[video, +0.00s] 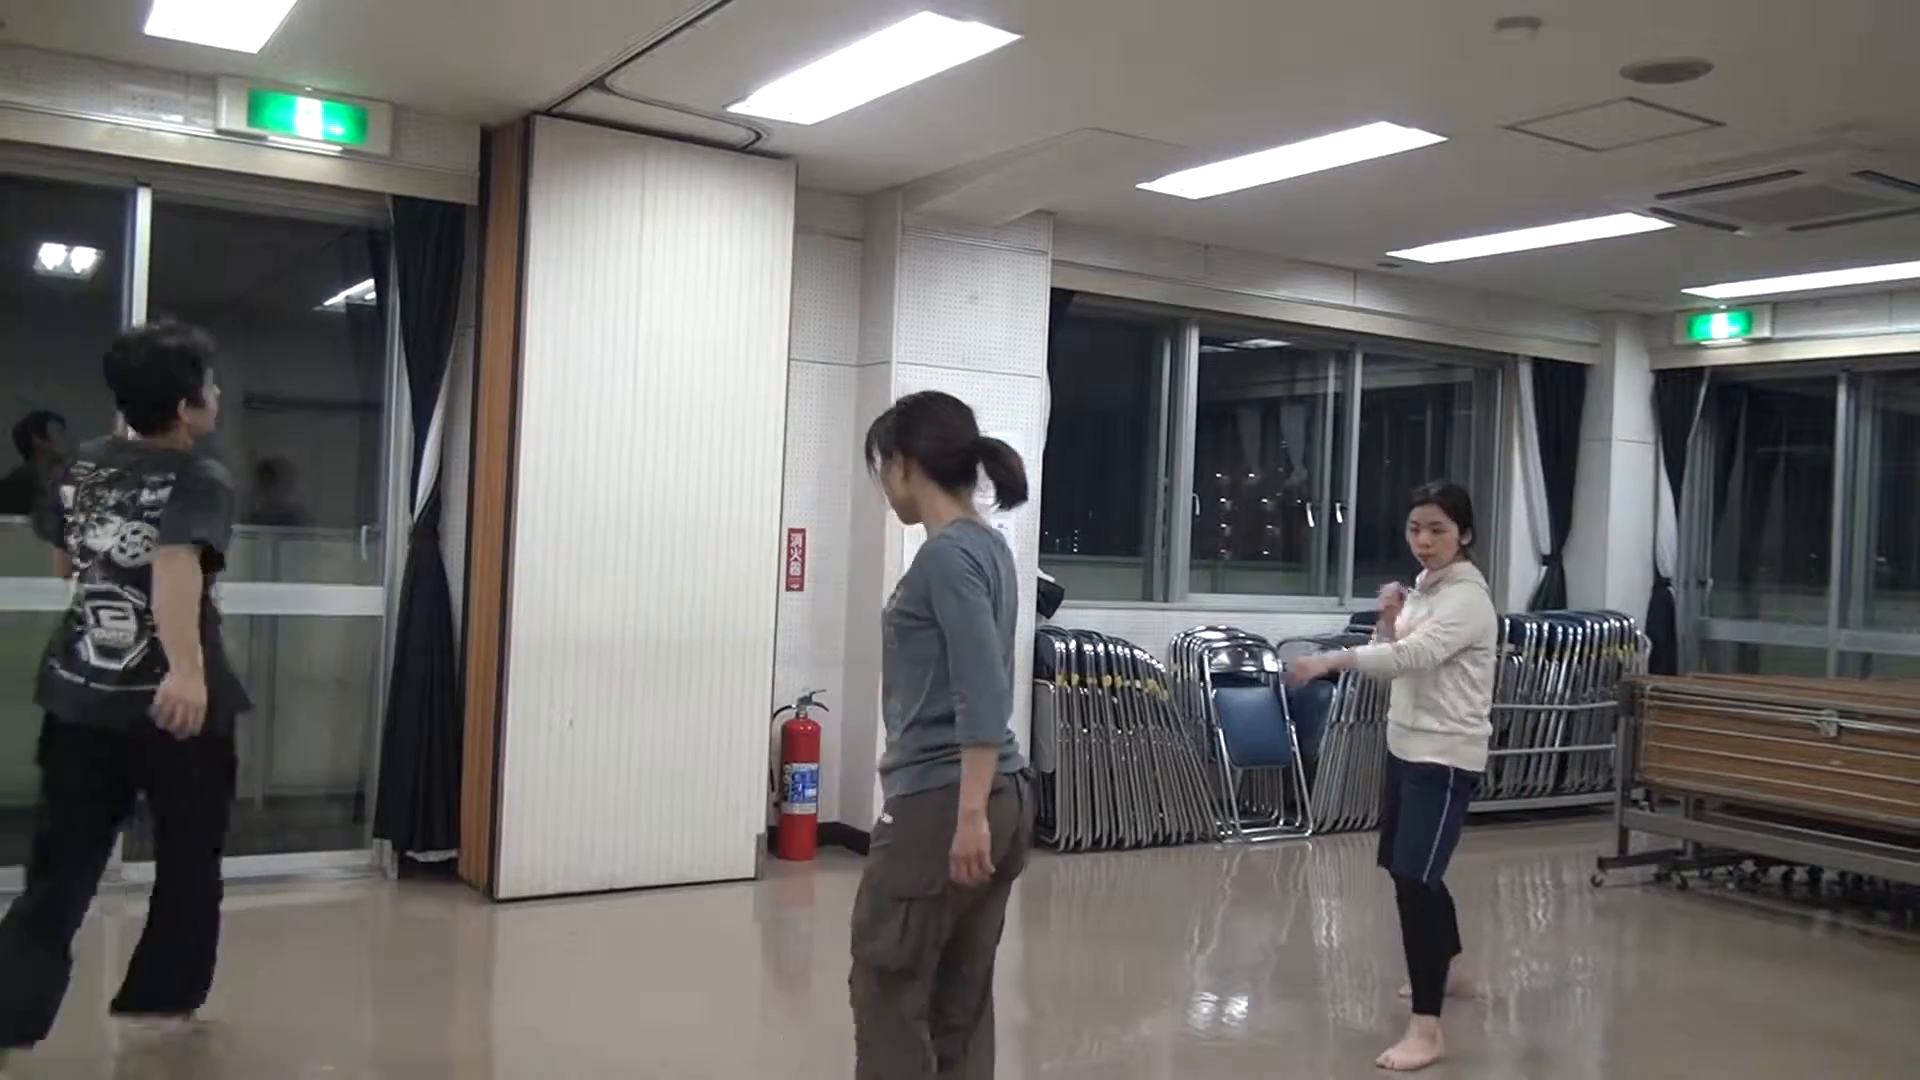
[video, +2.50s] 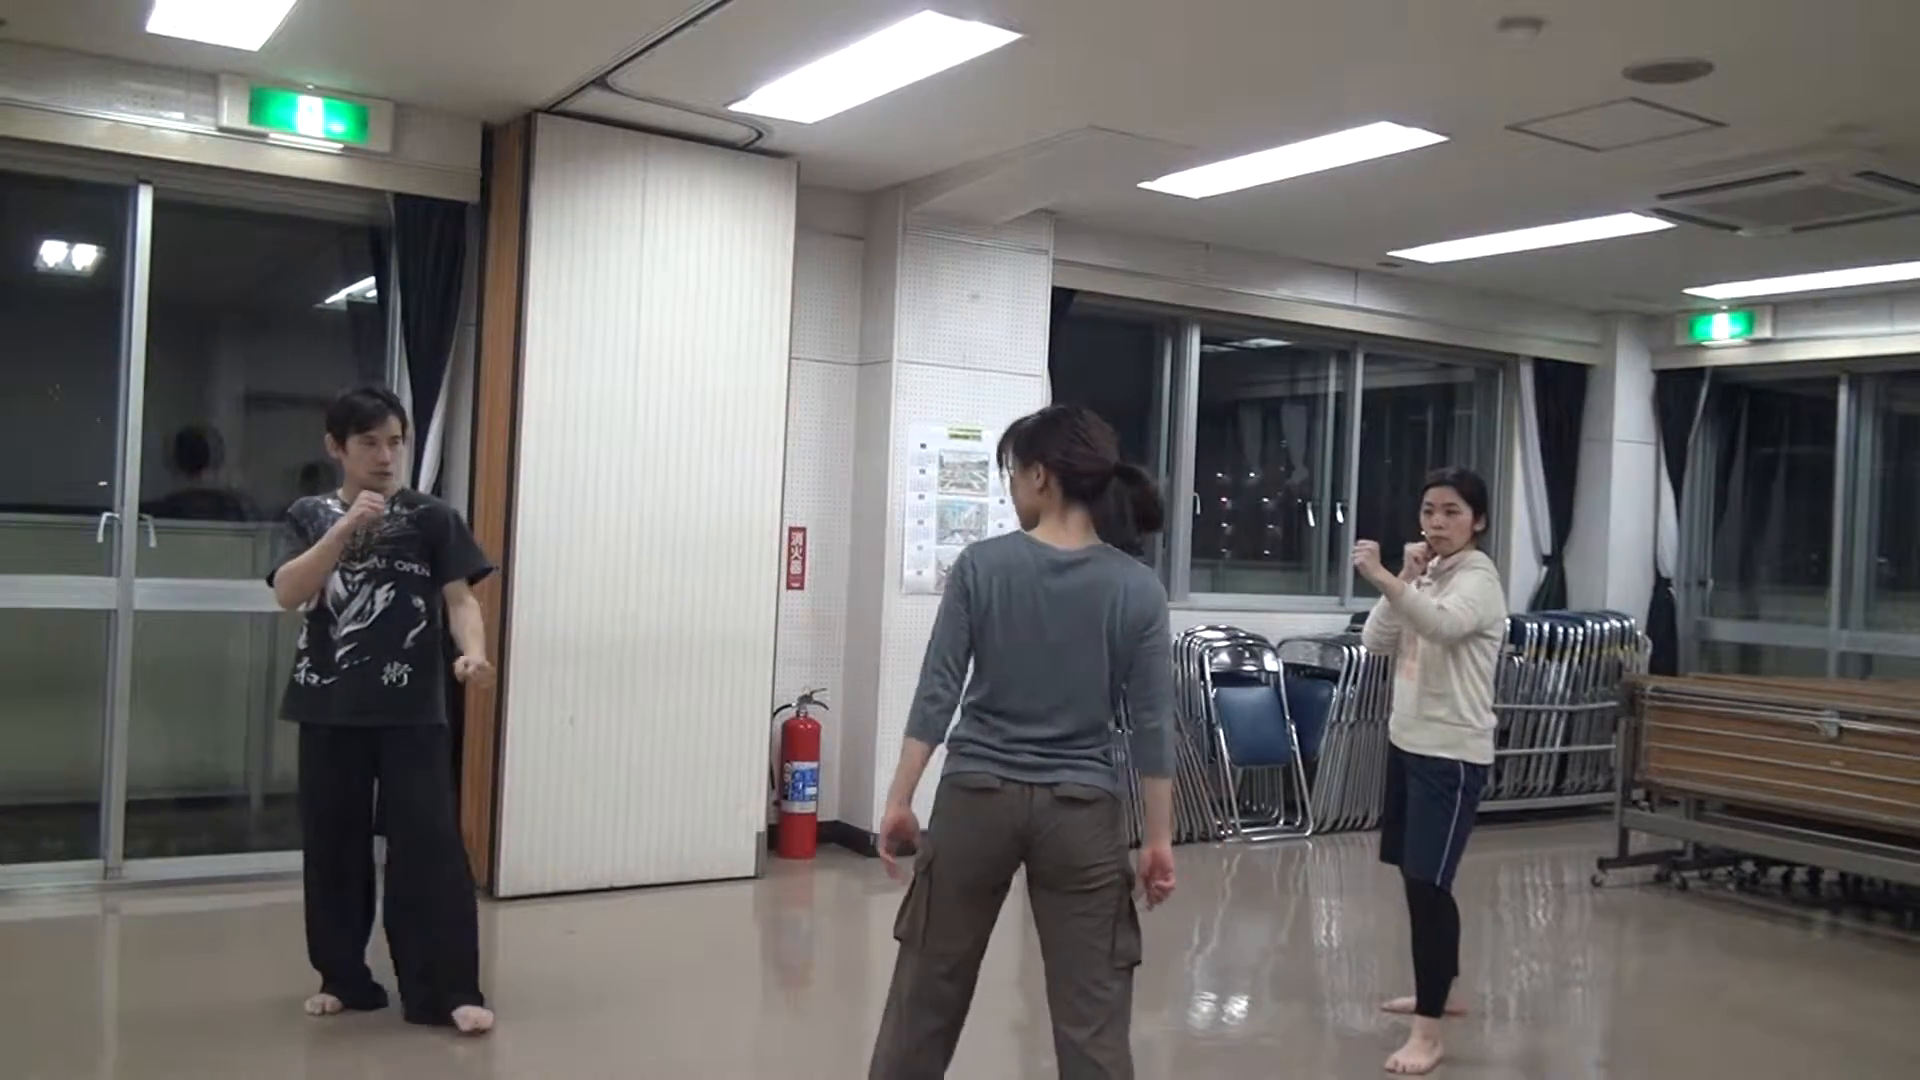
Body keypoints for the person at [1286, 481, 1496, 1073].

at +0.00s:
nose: (1423, 540)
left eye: (1435, 529)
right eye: (1415, 530)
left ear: (1462, 535)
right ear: (1409, 534)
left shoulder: (1467, 595)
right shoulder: (1423, 588)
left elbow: (1420, 654)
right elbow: (1402, 661)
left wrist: (1331, 662)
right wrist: (1391, 624)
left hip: (1444, 757)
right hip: (1407, 750)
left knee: (1416, 877)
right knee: (1398, 860)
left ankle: (1426, 1029)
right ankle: (1447, 968)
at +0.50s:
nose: (1423, 523)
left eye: (1435, 512)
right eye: (1417, 512)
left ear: (1466, 518)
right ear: (1410, 518)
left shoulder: (1474, 580)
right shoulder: (1418, 578)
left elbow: (1433, 636)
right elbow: (1376, 651)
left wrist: (1353, 594)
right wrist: (1397, 590)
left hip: (1449, 754)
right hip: (1408, 749)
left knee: (1420, 882)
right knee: (1412, 877)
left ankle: (1428, 1032)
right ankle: (1435, 990)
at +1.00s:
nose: (1430, 527)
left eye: (1443, 516)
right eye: (1424, 516)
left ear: (1473, 524)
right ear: (1417, 523)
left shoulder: (1478, 584)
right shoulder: (1425, 582)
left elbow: (1439, 637)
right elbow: (1381, 650)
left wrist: (1368, 601)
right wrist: (1406, 593)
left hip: (1454, 760)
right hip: (1411, 752)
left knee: (1423, 886)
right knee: (1397, 869)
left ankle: (1429, 1032)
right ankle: (1436, 993)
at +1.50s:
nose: (1436, 526)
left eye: (1450, 516)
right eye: (1429, 515)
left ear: (1476, 527)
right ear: (1419, 523)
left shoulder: (1479, 583)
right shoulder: (1419, 582)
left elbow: (1449, 633)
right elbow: (1373, 644)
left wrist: (1388, 591)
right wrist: (1405, 587)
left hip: (1453, 758)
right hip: (1406, 750)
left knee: (1427, 887)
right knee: (1391, 866)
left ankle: (1429, 1032)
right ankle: (1440, 990)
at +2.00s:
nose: (1434, 521)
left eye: (1449, 512)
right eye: (1427, 510)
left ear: (1475, 523)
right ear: (1418, 519)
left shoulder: (1478, 579)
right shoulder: (1419, 578)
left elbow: (1445, 623)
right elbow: (1370, 638)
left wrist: (1388, 577)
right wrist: (1404, 581)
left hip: (1449, 754)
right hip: (1405, 747)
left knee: (1425, 882)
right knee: (1405, 872)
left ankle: (1426, 1033)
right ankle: (1437, 987)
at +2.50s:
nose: (1436, 521)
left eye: (1451, 511)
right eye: (1429, 510)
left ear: (1476, 520)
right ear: (1420, 518)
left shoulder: (1479, 576)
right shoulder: (1424, 577)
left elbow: (1447, 624)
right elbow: (1375, 641)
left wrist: (1387, 579)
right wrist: (1406, 583)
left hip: (1451, 754)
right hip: (1410, 747)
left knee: (1427, 882)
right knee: (1415, 875)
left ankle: (1427, 1032)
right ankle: (1442, 991)